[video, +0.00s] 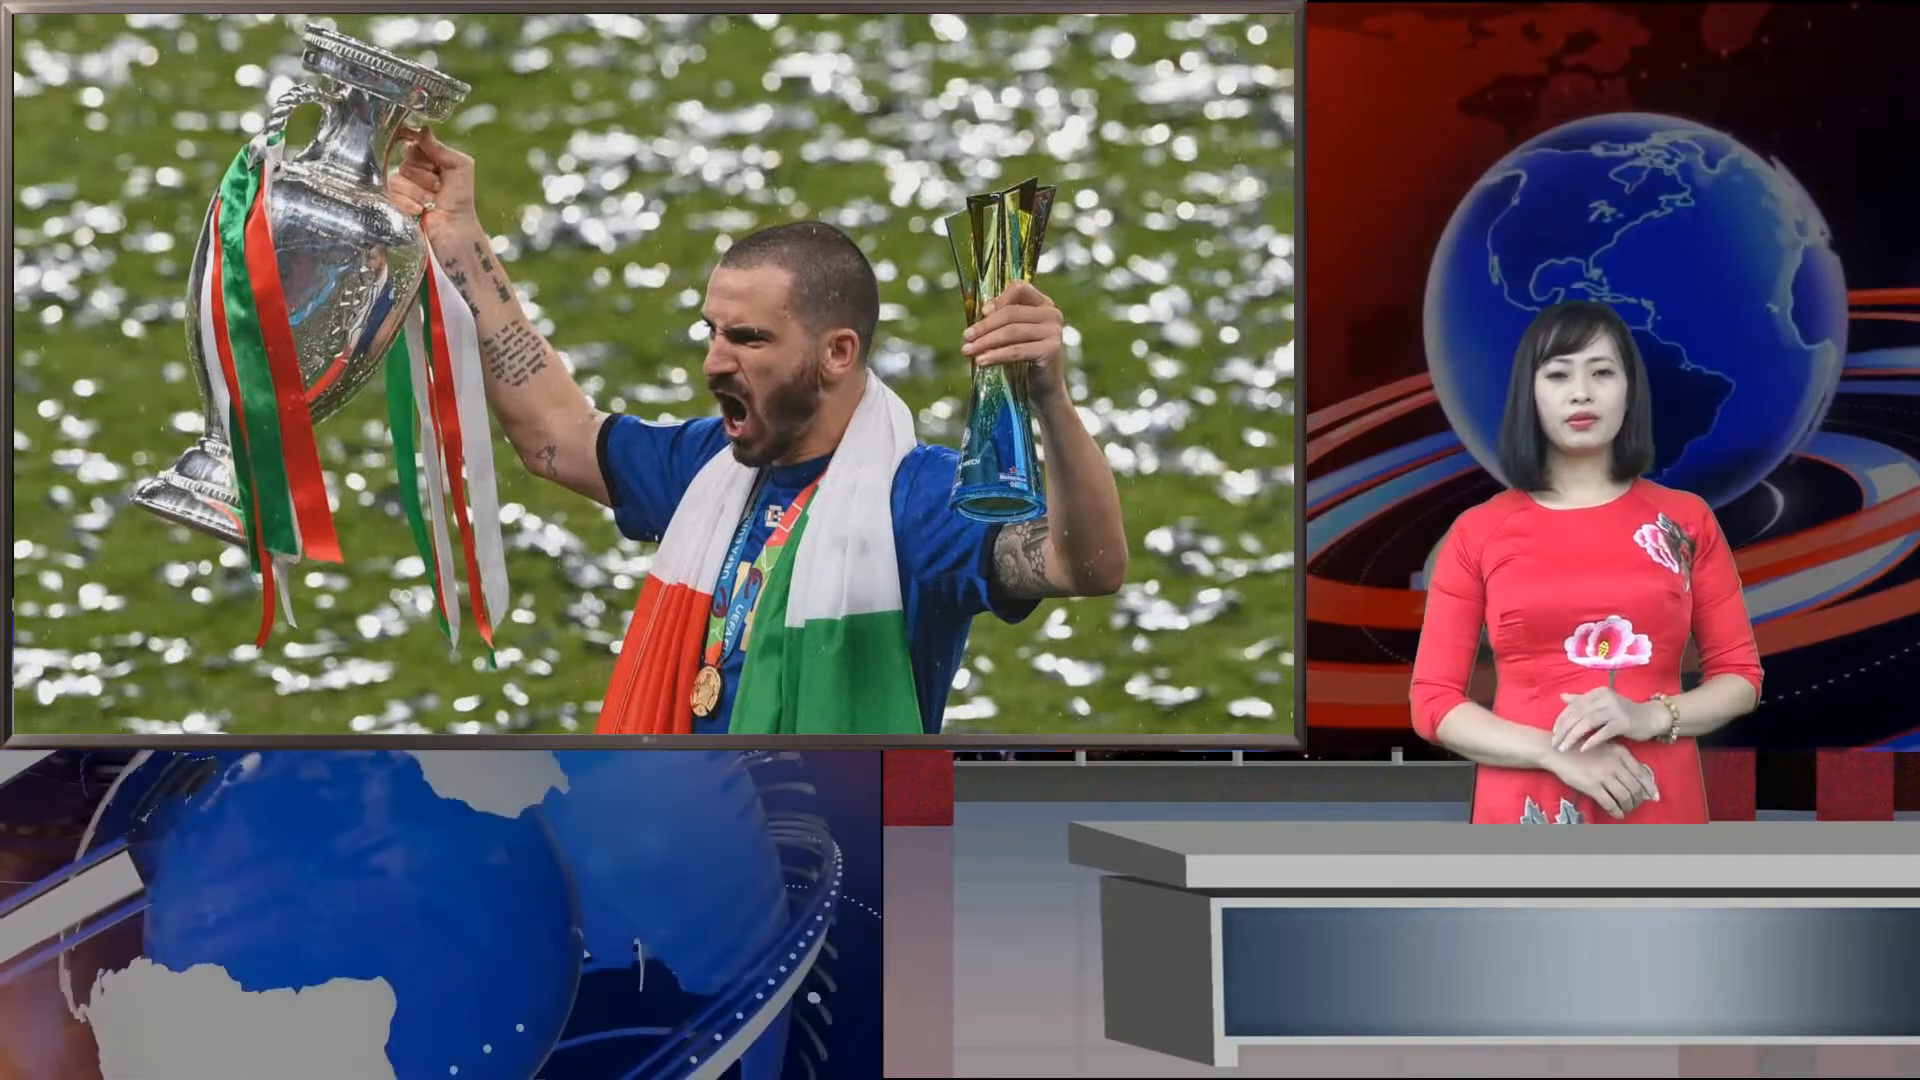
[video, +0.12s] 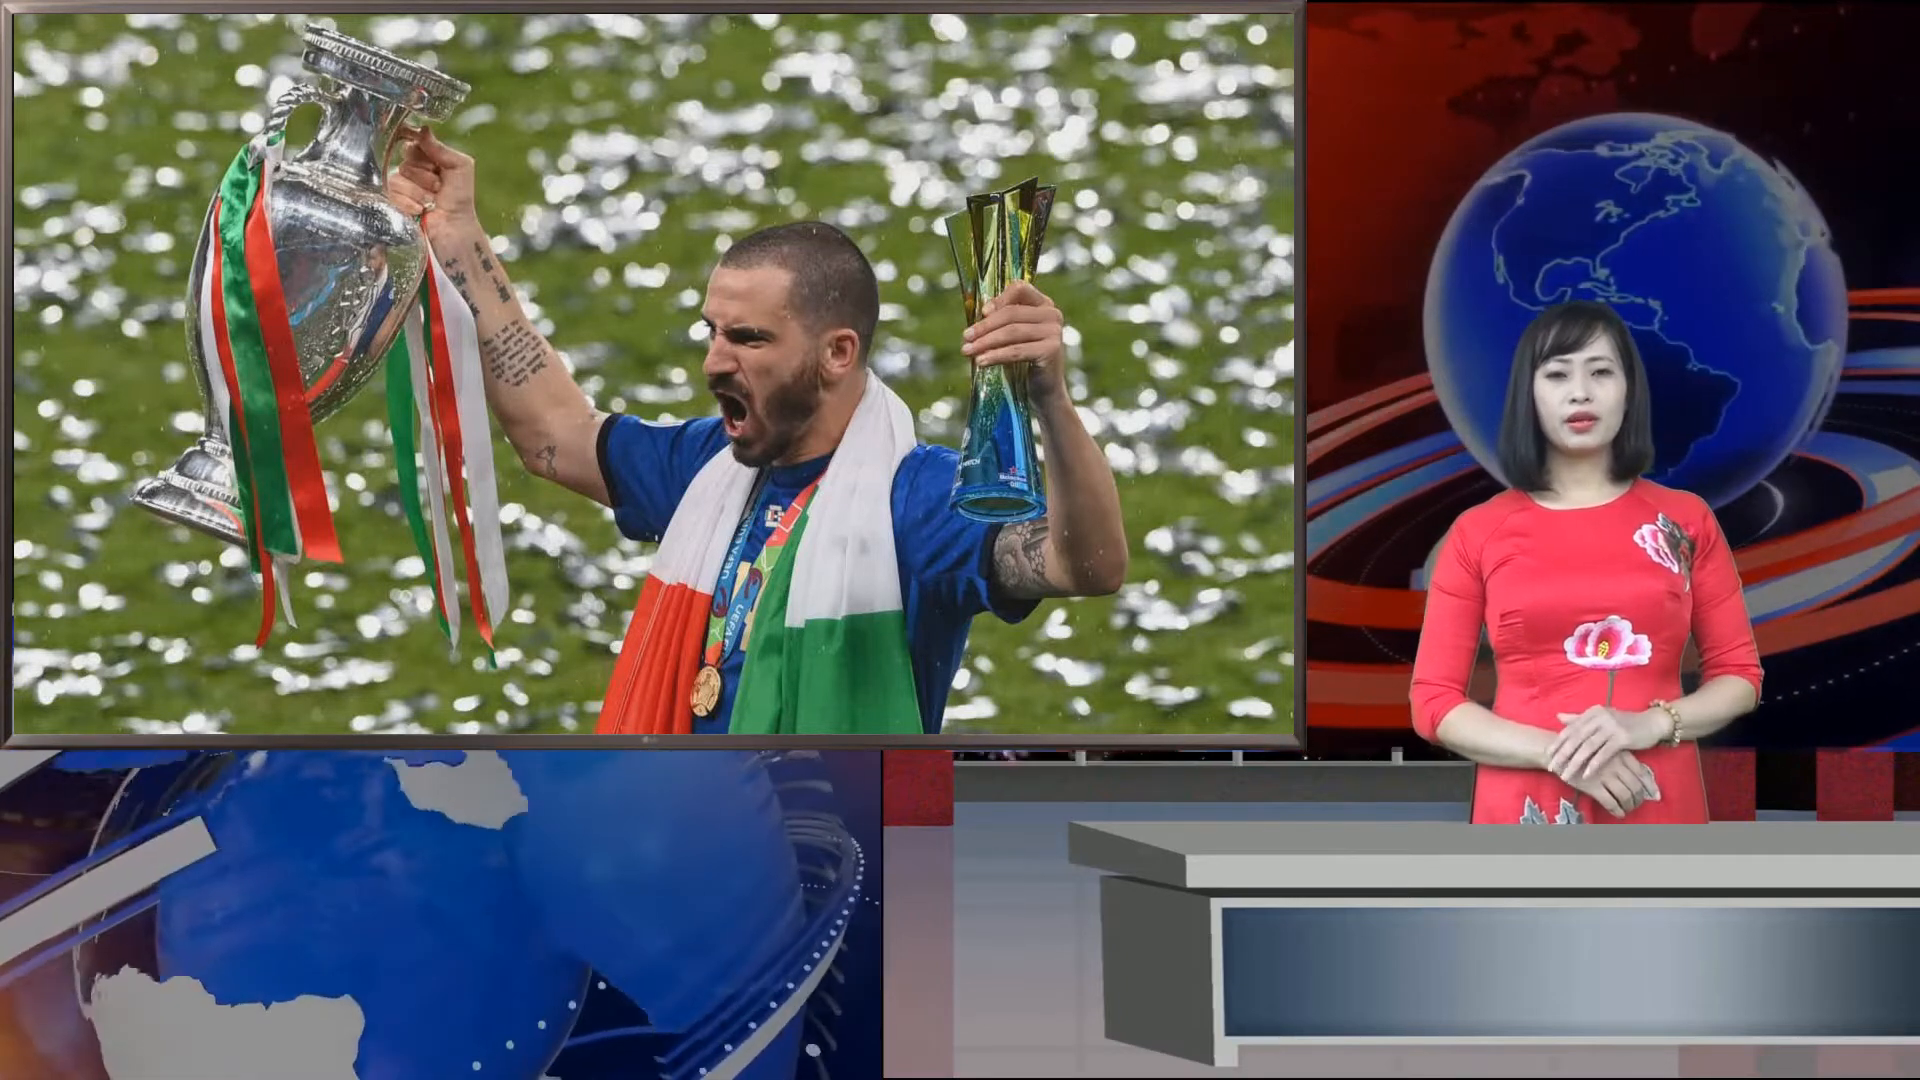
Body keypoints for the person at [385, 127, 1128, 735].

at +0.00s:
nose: (713, 362)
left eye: (747, 339)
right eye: (711, 333)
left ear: (839, 355)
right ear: (705, 327)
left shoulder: (914, 493)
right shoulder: (703, 466)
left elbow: (1089, 563)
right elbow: (557, 438)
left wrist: (1049, 399)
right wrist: (464, 254)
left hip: (836, 895)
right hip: (673, 886)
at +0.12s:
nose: (713, 362)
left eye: (747, 339)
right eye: (711, 333)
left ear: (839, 355)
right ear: (705, 327)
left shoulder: (914, 493)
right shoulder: (703, 466)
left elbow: (1089, 563)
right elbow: (557, 438)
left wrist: (1049, 398)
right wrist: (464, 254)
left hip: (833, 897)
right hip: (670, 889)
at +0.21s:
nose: (713, 362)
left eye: (747, 339)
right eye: (711, 333)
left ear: (839, 355)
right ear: (705, 327)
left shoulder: (914, 493)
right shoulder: (703, 466)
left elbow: (1089, 563)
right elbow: (557, 438)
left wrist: (1049, 399)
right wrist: (464, 254)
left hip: (833, 895)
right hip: (672, 889)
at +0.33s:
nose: (713, 362)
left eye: (747, 339)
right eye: (711, 333)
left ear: (839, 355)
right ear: (705, 327)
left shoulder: (914, 493)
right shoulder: (703, 466)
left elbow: (1089, 563)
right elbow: (557, 438)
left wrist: (1049, 399)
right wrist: (464, 254)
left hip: (828, 901)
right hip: (673, 892)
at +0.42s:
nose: (713, 361)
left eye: (747, 339)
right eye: (711, 333)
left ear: (839, 355)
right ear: (705, 327)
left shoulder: (914, 492)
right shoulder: (703, 465)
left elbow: (1089, 563)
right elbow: (557, 438)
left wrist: (1049, 398)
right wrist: (465, 255)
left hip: (829, 899)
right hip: (673, 889)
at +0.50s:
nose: (714, 362)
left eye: (747, 339)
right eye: (712, 333)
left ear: (839, 355)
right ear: (705, 327)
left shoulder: (914, 493)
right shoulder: (703, 466)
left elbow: (1089, 563)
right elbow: (557, 438)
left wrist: (1049, 399)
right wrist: (465, 254)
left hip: (829, 902)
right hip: (672, 894)